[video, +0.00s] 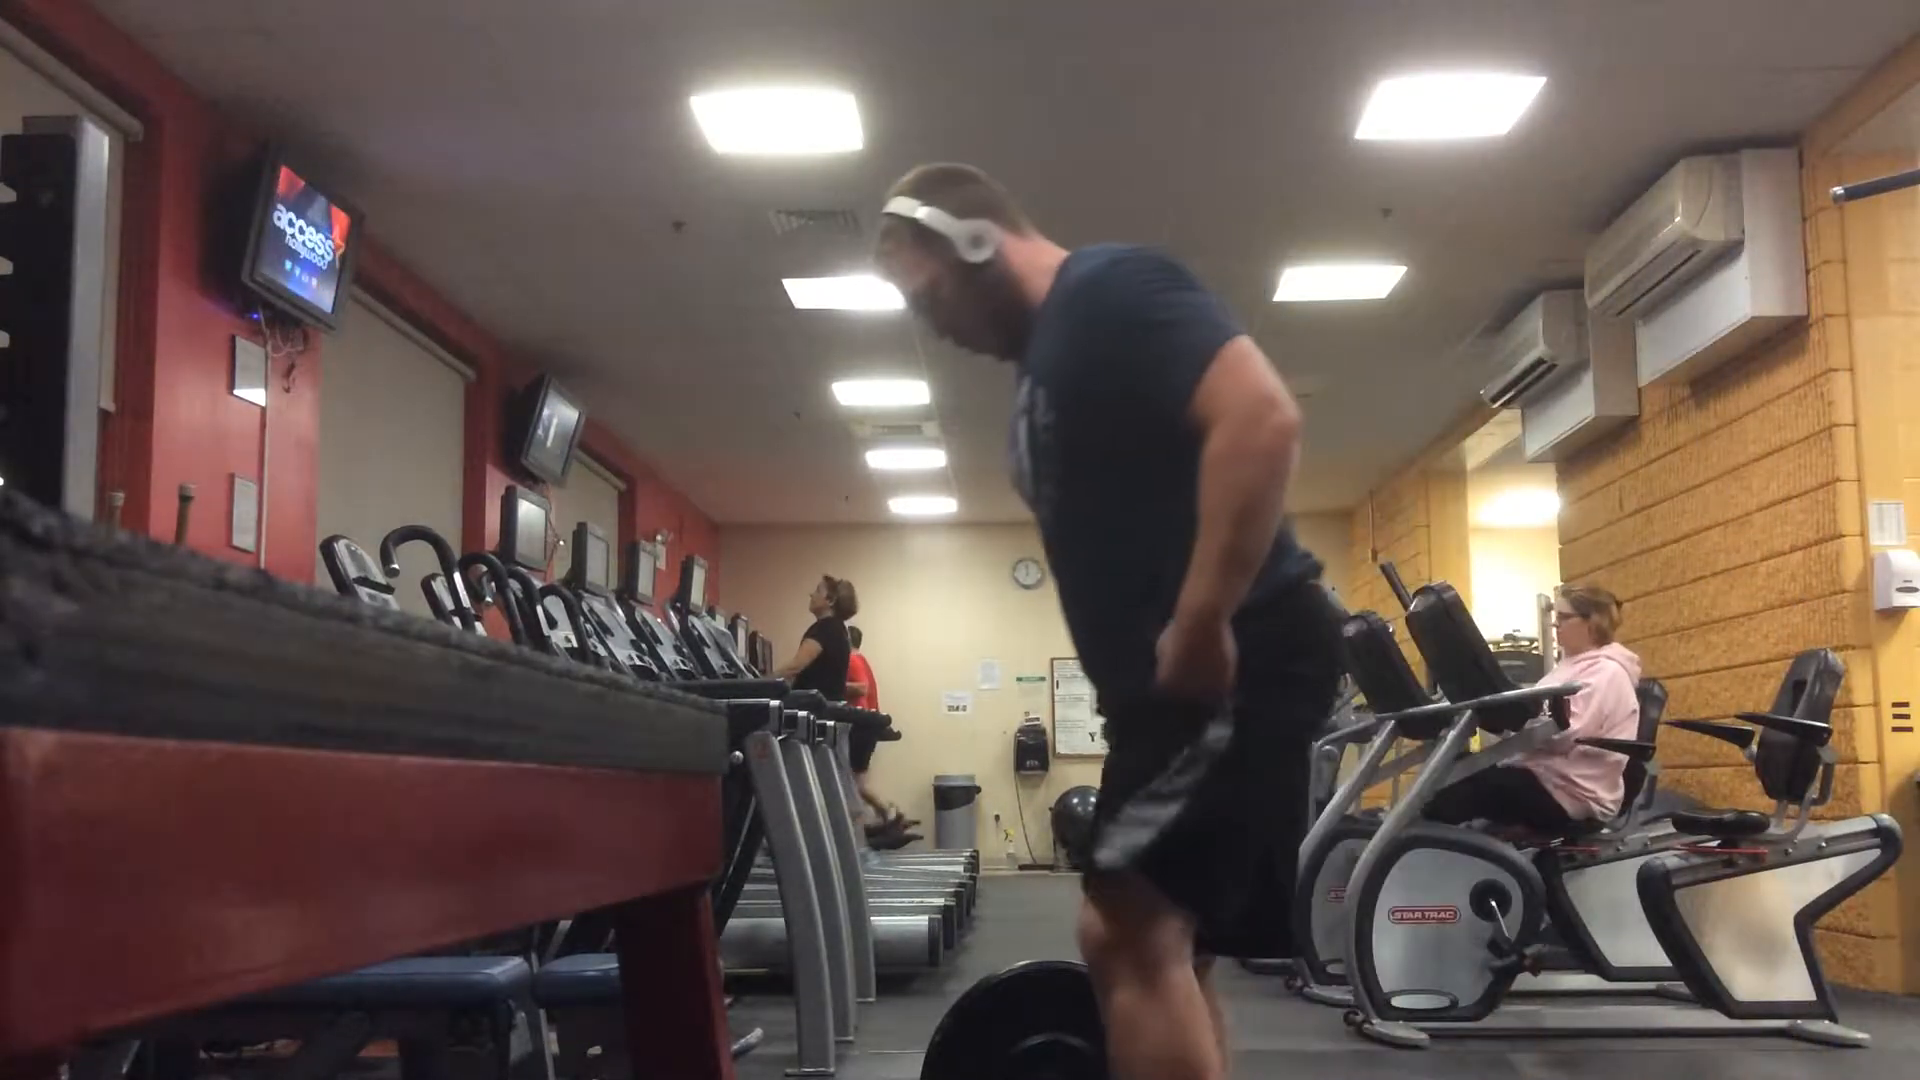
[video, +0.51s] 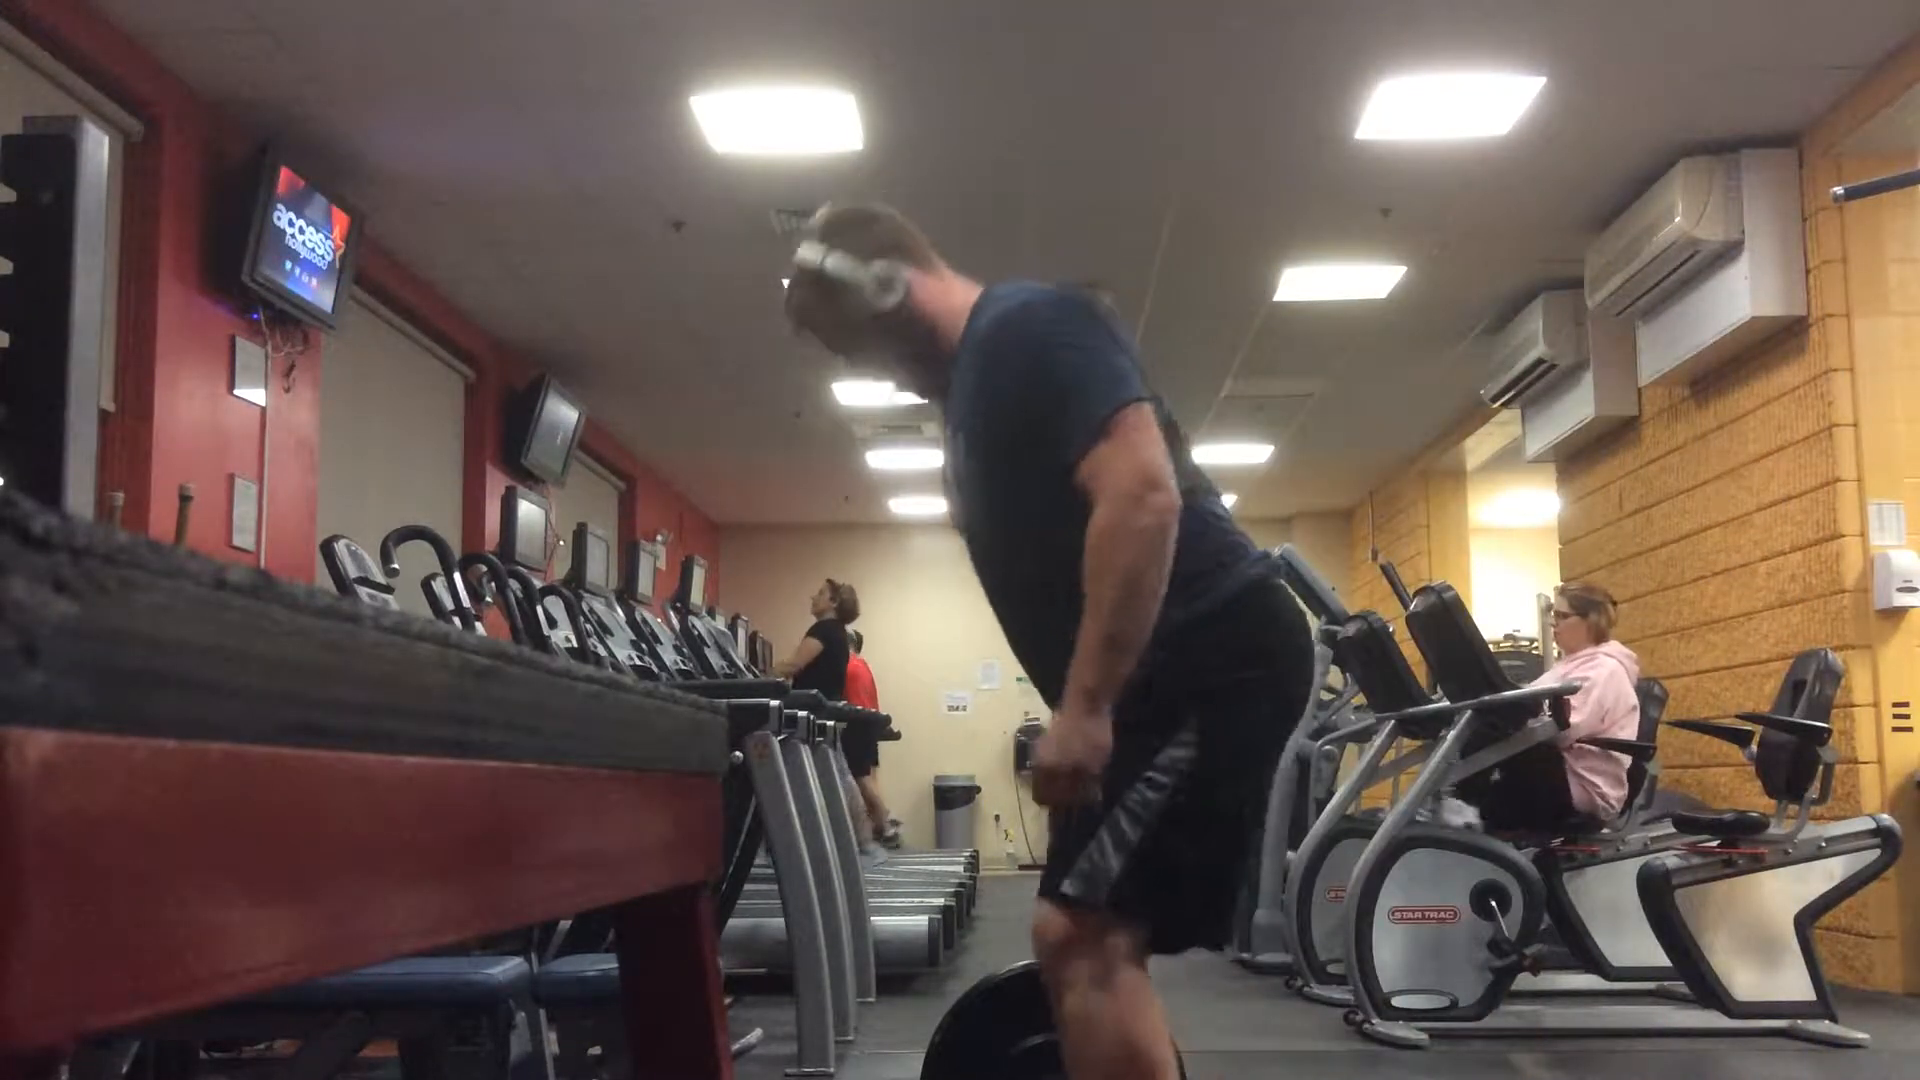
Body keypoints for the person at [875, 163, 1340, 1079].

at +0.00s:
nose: (930, 329)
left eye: (928, 298)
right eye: (917, 310)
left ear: (976, 247)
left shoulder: (1108, 285)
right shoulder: (1039, 390)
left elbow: (1258, 417)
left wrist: (1203, 616)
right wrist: (1125, 667)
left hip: (1239, 657)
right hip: (1163, 679)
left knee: (1126, 932)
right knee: (1160, 947)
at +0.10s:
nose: (911, 333)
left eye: (907, 302)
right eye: (896, 315)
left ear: (952, 248)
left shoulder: (1090, 292)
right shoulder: (1018, 396)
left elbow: (1227, 442)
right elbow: (1097, 557)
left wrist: (1170, 653)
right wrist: (1106, 718)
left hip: (1224, 655)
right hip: (1148, 680)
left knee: (1136, 948)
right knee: (1124, 952)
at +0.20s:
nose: (890, 337)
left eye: (883, 307)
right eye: (874, 318)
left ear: (931, 256)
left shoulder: (1070, 302)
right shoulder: (1009, 384)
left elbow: (1187, 471)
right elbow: (1096, 545)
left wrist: (1117, 689)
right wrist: (1104, 700)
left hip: (1228, 648)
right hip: (1160, 671)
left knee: (1123, 947)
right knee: (1063, 940)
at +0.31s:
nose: (879, 341)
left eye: (872, 311)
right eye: (862, 324)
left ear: (918, 256)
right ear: (921, 260)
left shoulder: (1052, 303)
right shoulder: (1001, 373)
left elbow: (1157, 480)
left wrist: (1075, 687)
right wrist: (1073, 709)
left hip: (1216, 642)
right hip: (1151, 661)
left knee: (1124, 951)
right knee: (1071, 947)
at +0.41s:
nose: (855, 342)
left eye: (847, 311)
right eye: (839, 326)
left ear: (900, 261)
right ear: (906, 264)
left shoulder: (1037, 306)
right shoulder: (985, 378)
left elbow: (1149, 481)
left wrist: (1069, 685)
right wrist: (1072, 693)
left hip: (1206, 642)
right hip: (1151, 659)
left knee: (1103, 945)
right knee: (1099, 943)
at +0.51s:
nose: (880, 373)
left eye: (863, 346)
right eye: (858, 356)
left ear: (894, 287)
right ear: (903, 281)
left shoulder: (1027, 322)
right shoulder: (977, 395)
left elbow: (1141, 495)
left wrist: (1083, 707)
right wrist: (1077, 715)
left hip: (1221, 652)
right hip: (1161, 671)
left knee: (1081, 934)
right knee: (1086, 935)